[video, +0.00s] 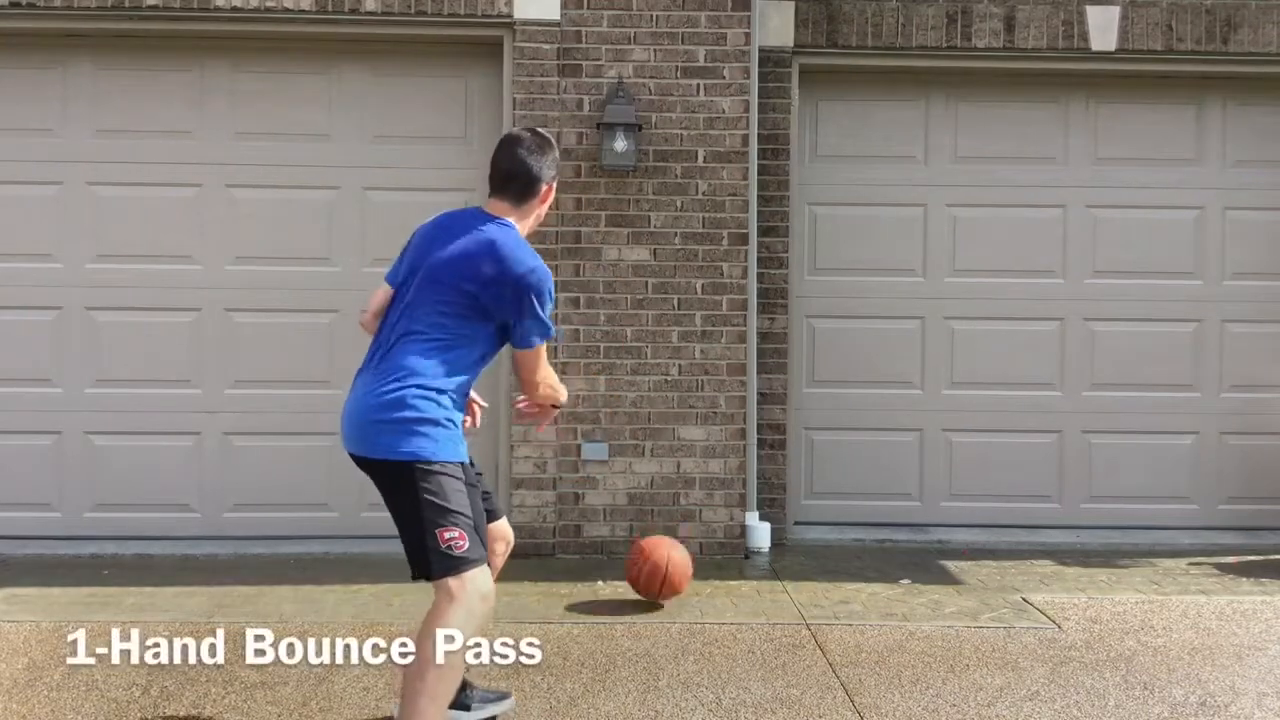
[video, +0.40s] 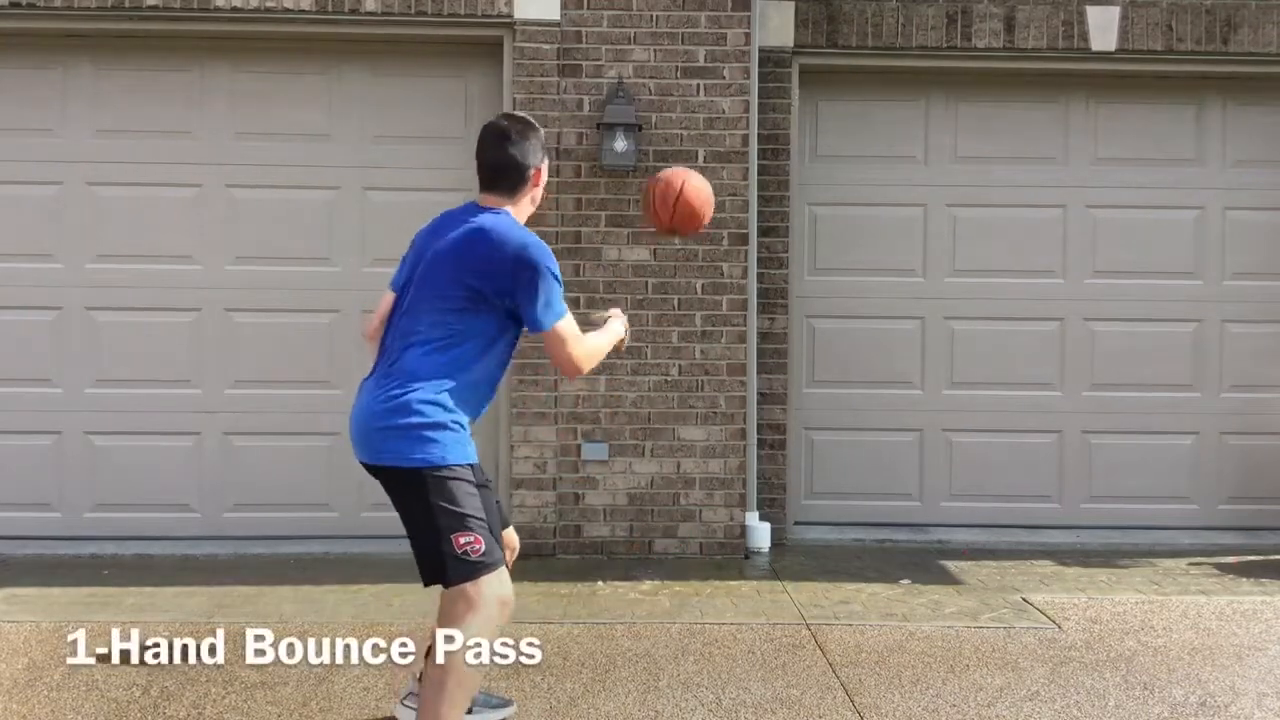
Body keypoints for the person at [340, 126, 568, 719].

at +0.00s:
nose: (554, 198)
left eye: (552, 188)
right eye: (555, 189)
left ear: (490, 180)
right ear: (546, 195)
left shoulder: (438, 228)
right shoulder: (524, 267)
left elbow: (375, 315)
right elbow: (534, 379)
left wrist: (446, 385)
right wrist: (556, 396)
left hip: (378, 414)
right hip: (416, 424)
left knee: (496, 539)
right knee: (466, 587)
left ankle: (439, 682)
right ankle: (414, 711)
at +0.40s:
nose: (547, 177)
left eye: (543, 168)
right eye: (546, 169)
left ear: (479, 172)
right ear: (538, 178)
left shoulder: (439, 229)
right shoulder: (523, 249)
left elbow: (377, 328)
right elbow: (575, 360)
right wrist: (613, 330)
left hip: (383, 420)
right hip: (424, 426)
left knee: (501, 542)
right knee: (485, 594)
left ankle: (431, 691)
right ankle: (439, 711)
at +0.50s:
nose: (544, 166)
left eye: (541, 156)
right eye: (543, 157)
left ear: (477, 160)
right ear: (533, 165)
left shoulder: (440, 220)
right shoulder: (522, 235)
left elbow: (383, 319)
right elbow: (614, 313)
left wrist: (449, 406)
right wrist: (659, 256)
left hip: (387, 416)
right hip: (425, 425)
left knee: (494, 542)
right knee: (483, 593)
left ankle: (431, 693)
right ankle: (436, 712)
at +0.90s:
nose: (573, 192)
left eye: (571, 181)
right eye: (574, 181)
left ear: (509, 173)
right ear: (566, 187)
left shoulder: (484, 230)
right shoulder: (499, 245)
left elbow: (404, 283)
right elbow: (576, 345)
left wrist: (405, 363)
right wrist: (648, 278)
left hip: (440, 425)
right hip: (418, 426)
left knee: (513, 551)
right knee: (475, 591)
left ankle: (430, 689)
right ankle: (432, 710)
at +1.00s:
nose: (581, 209)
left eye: (583, 197)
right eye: (582, 198)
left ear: (516, 187)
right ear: (570, 206)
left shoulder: (482, 233)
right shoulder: (515, 275)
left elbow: (405, 288)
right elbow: (551, 403)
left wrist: (421, 361)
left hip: (439, 430)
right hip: (422, 436)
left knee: (520, 552)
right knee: (480, 594)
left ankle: (431, 688)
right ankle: (433, 711)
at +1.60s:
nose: (564, 182)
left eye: (562, 172)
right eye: (563, 173)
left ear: (496, 174)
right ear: (556, 182)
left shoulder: (461, 231)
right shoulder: (524, 253)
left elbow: (405, 329)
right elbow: (582, 367)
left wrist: (471, 390)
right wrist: (622, 317)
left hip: (432, 430)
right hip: (441, 440)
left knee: (525, 554)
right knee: (507, 606)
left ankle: (437, 686)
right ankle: (453, 711)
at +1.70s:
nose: (552, 159)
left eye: (547, 150)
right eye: (552, 150)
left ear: (485, 158)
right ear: (543, 160)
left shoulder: (459, 220)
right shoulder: (521, 231)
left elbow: (408, 321)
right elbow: (626, 297)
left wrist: (483, 395)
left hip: (447, 428)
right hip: (444, 436)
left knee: (521, 555)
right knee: (510, 606)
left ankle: (437, 686)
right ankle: (450, 712)